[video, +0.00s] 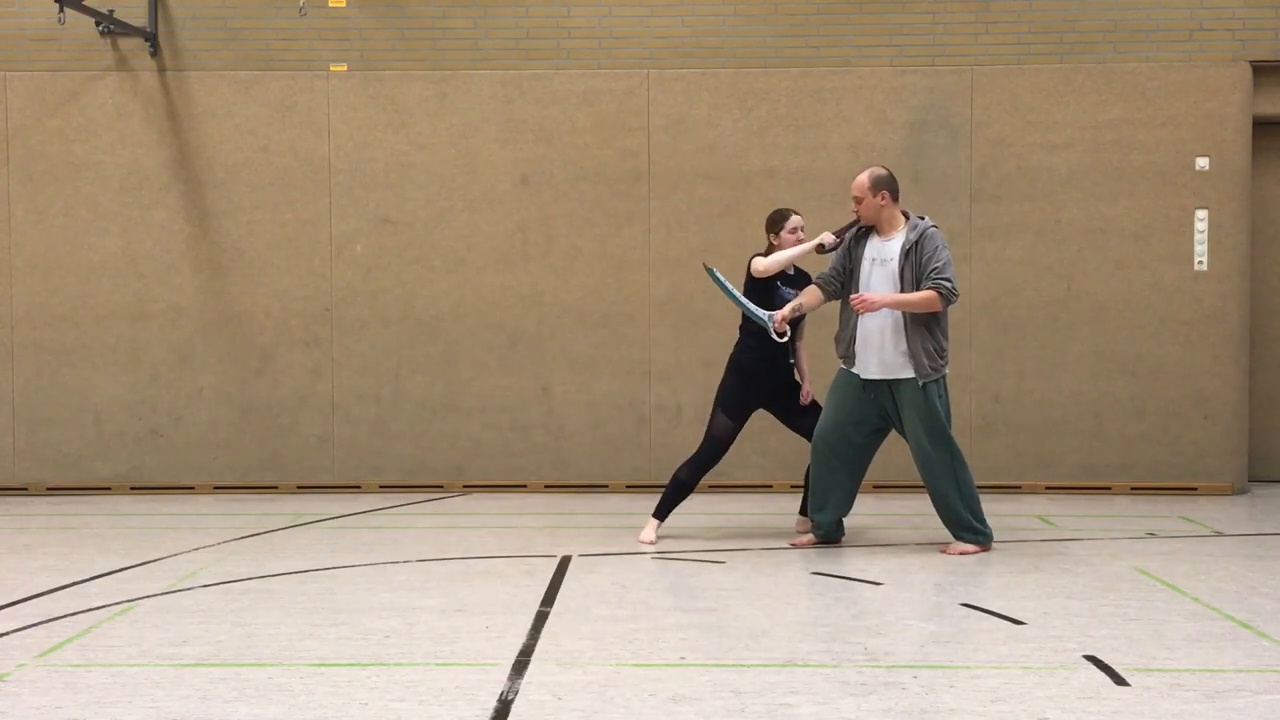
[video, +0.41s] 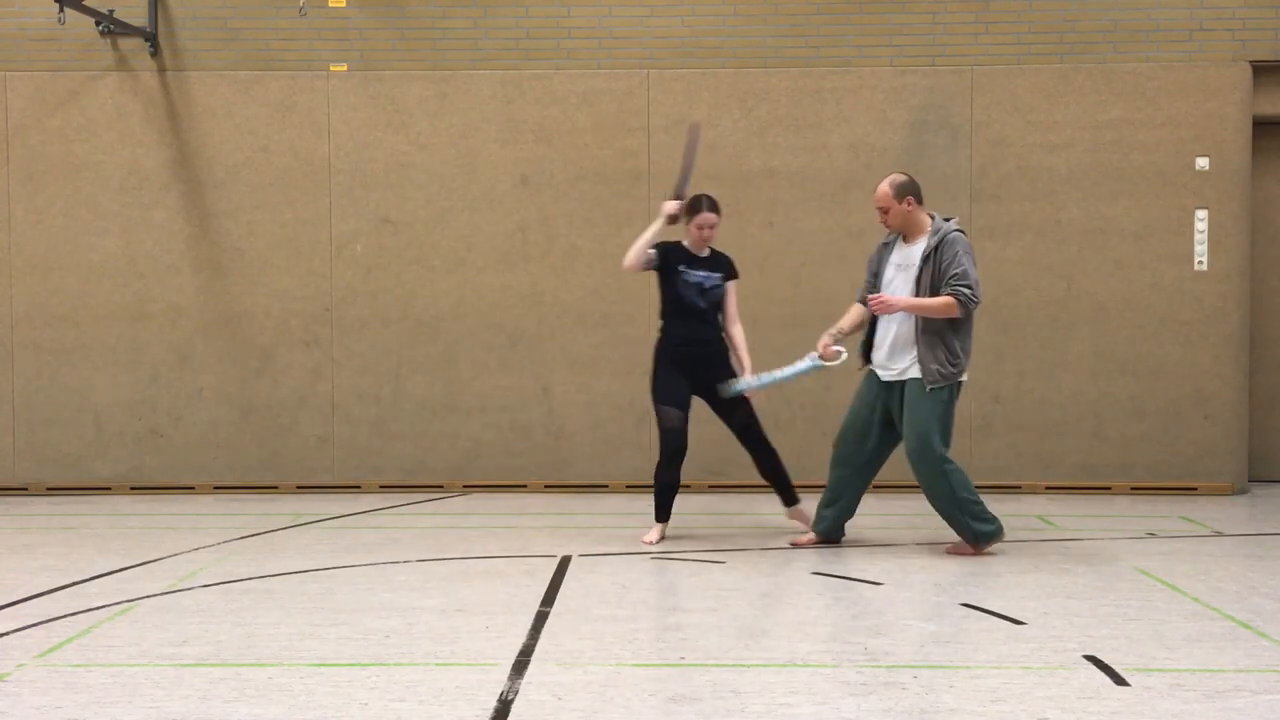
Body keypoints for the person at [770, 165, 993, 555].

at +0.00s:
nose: (853, 206)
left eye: (858, 199)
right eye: (852, 199)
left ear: (883, 198)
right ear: (878, 200)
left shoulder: (925, 237)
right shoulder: (856, 240)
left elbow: (943, 295)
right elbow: (828, 284)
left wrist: (886, 300)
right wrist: (794, 307)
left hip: (913, 374)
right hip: (860, 373)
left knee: (936, 454)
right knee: (829, 441)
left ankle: (974, 536)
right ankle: (826, 529)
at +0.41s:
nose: (879, 218)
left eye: (884, 210)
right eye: (878, 210)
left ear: (909, 205)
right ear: (900, 206)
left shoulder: (950, 242)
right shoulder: (886, 249)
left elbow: (961, 303)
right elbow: (865, 302)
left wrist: (901, 303)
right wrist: (833, 333)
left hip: (930, 373)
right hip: (885, 372)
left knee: (925, 453)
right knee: (851, 445)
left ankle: (982, 531)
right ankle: (828, 529)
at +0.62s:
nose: (906, 216)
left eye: (909, 207)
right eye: (903, 208)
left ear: (933, 199)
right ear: (929, 201)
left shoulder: (968, 236)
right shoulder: (932, 244)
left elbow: (973, 297)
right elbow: (929, 308)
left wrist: (909, 299)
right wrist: (891, 340)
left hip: (959, 370)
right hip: (928, 369)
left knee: (949, 456)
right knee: (902, 447)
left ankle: (988, 539)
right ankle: (873, 524)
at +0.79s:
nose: (920, 212)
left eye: (921, 204)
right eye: (917, 205)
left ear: (944, 195)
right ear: (943, 195)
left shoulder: (969, 230)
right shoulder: (966, 228)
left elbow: (976, 288)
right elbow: (973, 293)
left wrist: (911, 298)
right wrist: (938, 315)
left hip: (982, 363)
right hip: (963, 361)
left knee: (966, 445)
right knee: (940, 437)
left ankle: (988, 538)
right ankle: (952, 526)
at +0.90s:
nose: (929, 212)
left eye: (930, 204)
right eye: (926, 205)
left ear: (950, 195)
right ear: (953, 194)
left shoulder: (969, 229)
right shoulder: (991, 221)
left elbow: (973, 288)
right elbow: (997, 283)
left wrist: (912, 297)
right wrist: (952, 301)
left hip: (991, 364)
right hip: (1020, 358)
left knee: (969, 446)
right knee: (992, 446)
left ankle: (988, 539)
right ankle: (1013, 525)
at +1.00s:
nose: (944, 214)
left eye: (944, 205)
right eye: (941, 207)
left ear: (965, 197)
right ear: (976, 196)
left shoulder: (978, 232)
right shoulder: (1014, 226)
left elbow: (977, 292)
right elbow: (1027, 282)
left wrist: (917, 298)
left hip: (1004, 367)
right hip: (1044, 360)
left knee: (970, 451)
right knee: (1036, 441)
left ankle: (987, 539)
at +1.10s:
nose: (957, 218)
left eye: (958, 209)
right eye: (955, 210)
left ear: (977, 201)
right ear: (988, 199)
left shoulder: (989, 235)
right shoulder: (1030, 229)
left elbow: (986, 296)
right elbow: (1041, 287)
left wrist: (927, 297)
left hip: (1013, 368)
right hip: (1057, 360)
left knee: (972, 448)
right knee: (1070, 437)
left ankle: (987, 539)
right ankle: (1128, 517)